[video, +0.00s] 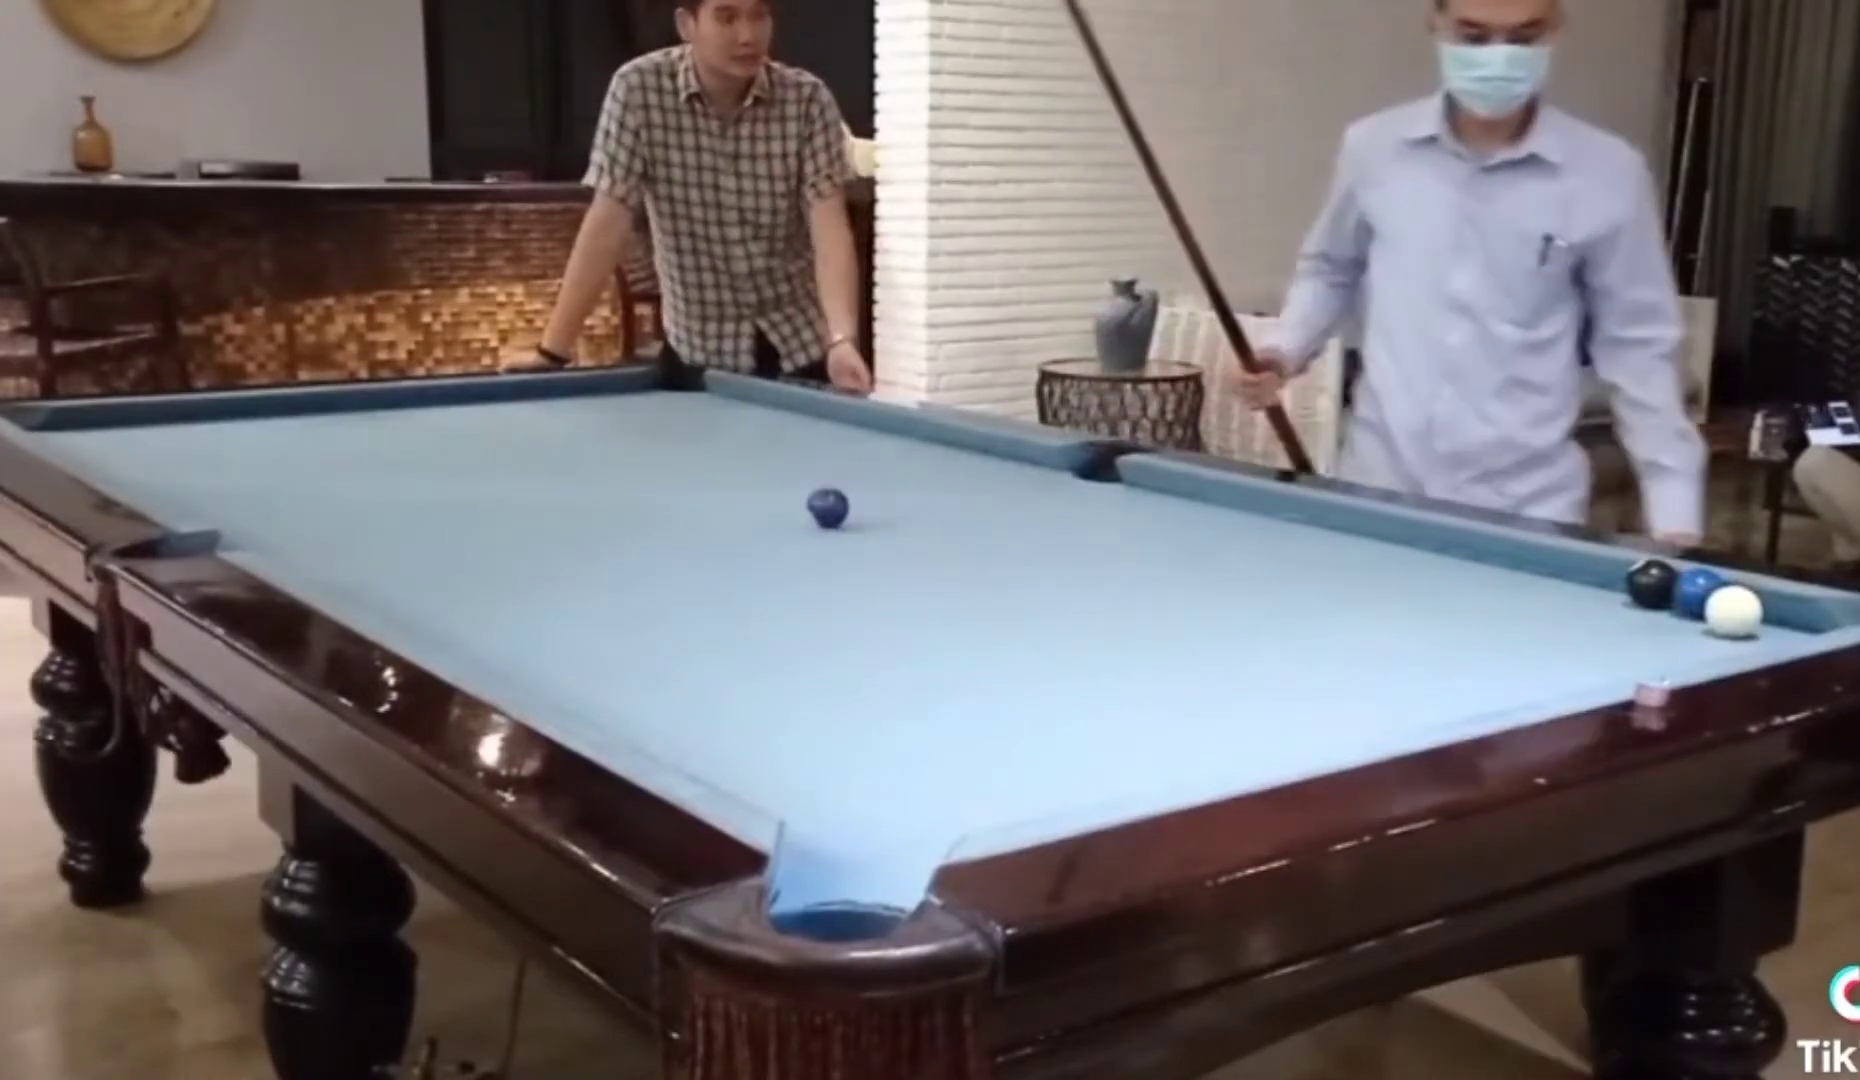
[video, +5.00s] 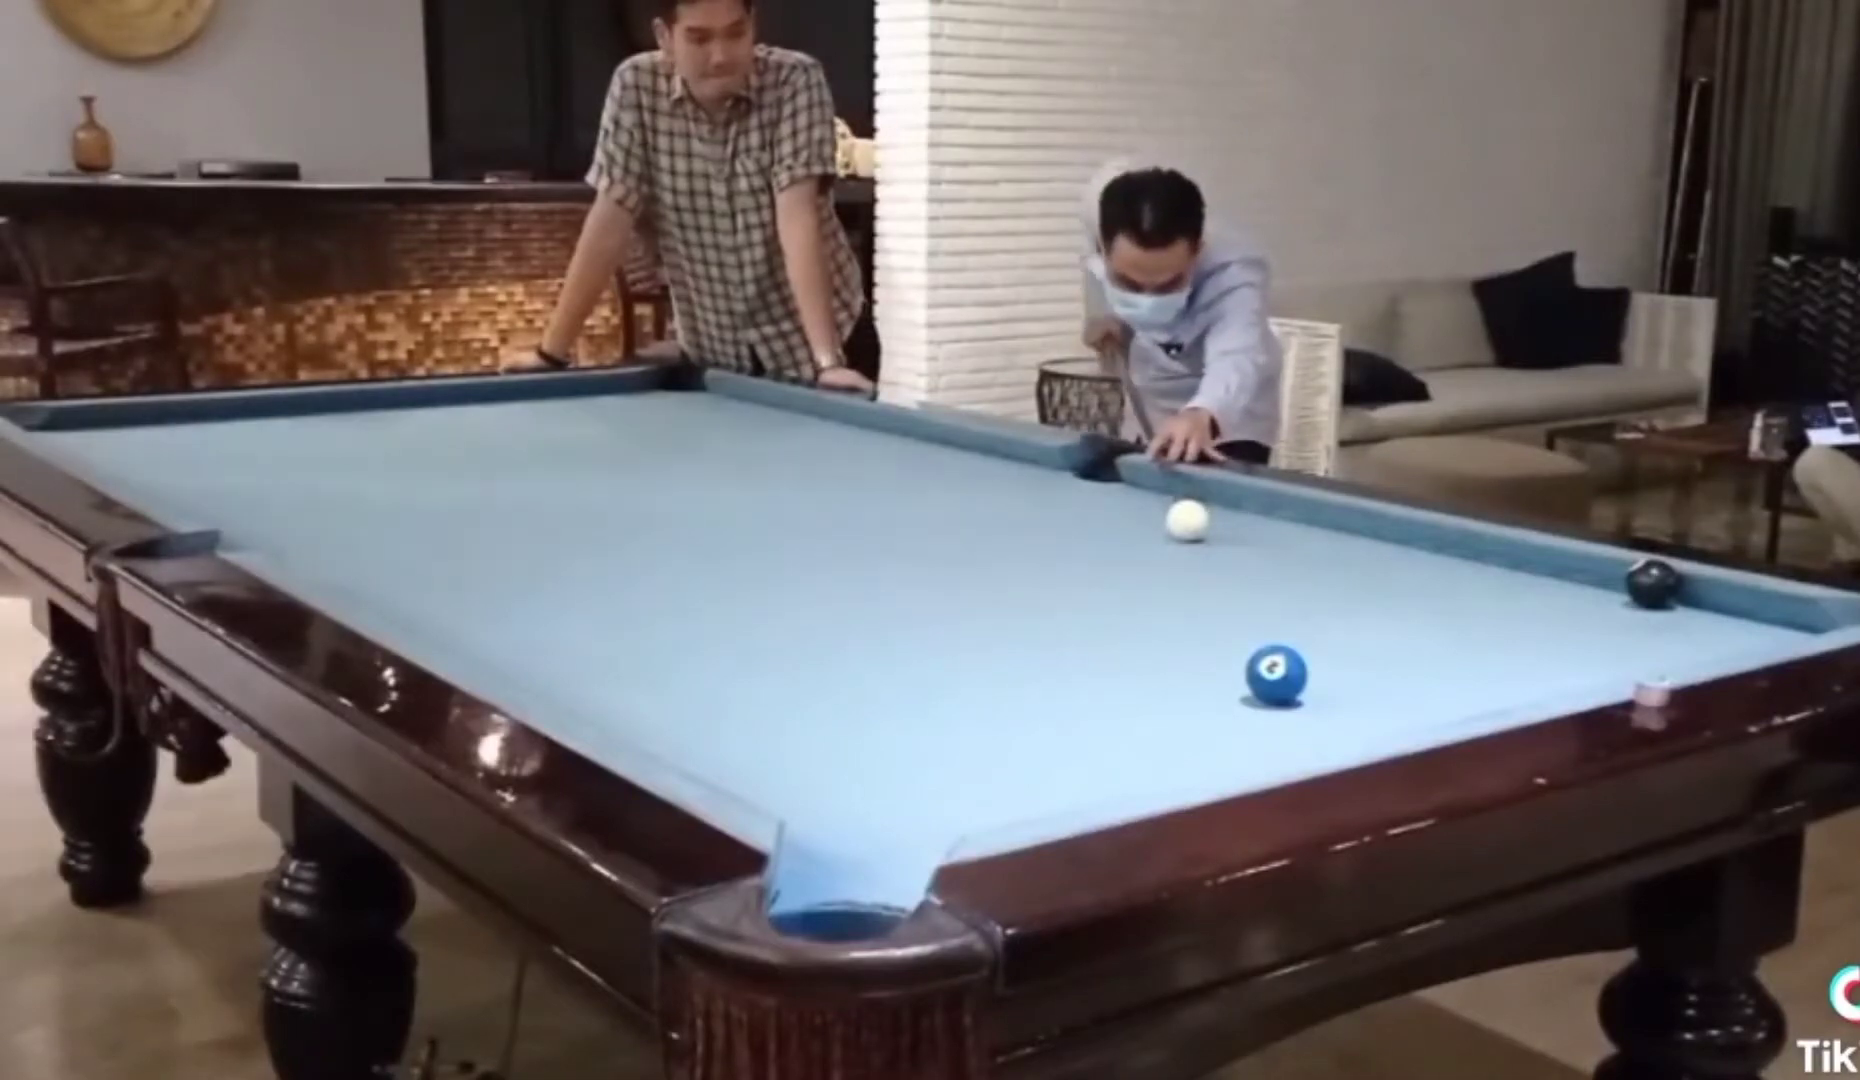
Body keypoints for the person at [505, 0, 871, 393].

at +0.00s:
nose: (747, 35)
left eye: (759, 17)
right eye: (727, 18)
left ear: (773, 23)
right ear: (686, 25)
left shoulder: (806, 98)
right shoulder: (640, 90)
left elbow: (830, 222)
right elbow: (608, 219)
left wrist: (842, 340)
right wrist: (552, 351)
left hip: (801, 336)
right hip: (700, 342)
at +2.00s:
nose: (708, 46)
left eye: (726, 25)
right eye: (688, 27)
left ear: (752, 25)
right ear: (661, 30)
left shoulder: (793, 80)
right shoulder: (637, 85)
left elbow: (798, 216)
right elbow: (612, 215)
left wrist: (828, 360)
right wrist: (553, 351)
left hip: (818, 349)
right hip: (711, 350)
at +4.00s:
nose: (721, 53)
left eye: (736, 30)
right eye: (700, 35)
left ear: (753, 26)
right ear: (663, 36)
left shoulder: (792, 80)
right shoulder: (637, 85)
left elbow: (797, 214)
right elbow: (611, 214)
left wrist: (828, 360)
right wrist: (552, 352)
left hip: (822, 348)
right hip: (713, 352)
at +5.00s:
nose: (720, 56)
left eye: (735, 35)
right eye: (700, 38)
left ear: (754, 28)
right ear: (664, 37)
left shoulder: (794, 80)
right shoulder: (637, 85)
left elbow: (799, 217)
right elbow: (611, 217)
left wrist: (829, 361)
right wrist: (552, 352)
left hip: (817, 347)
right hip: (711, 349)